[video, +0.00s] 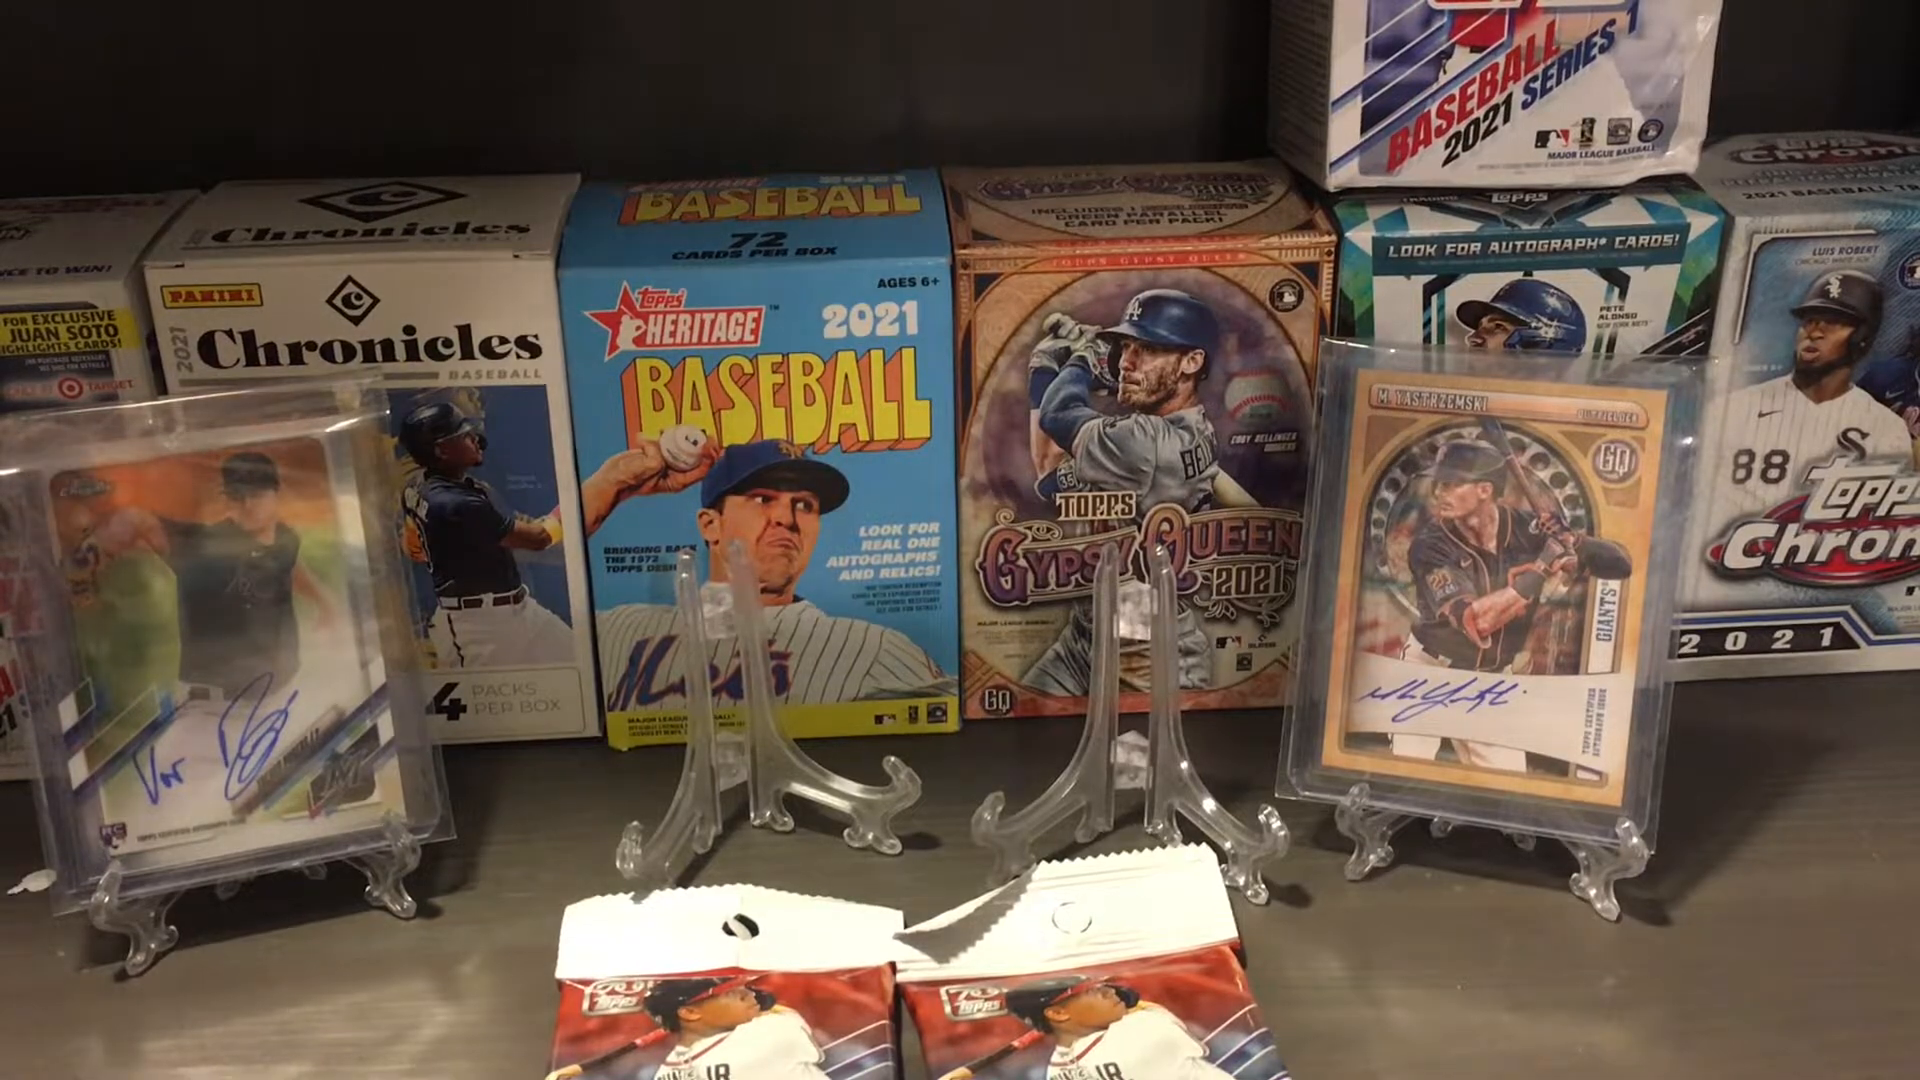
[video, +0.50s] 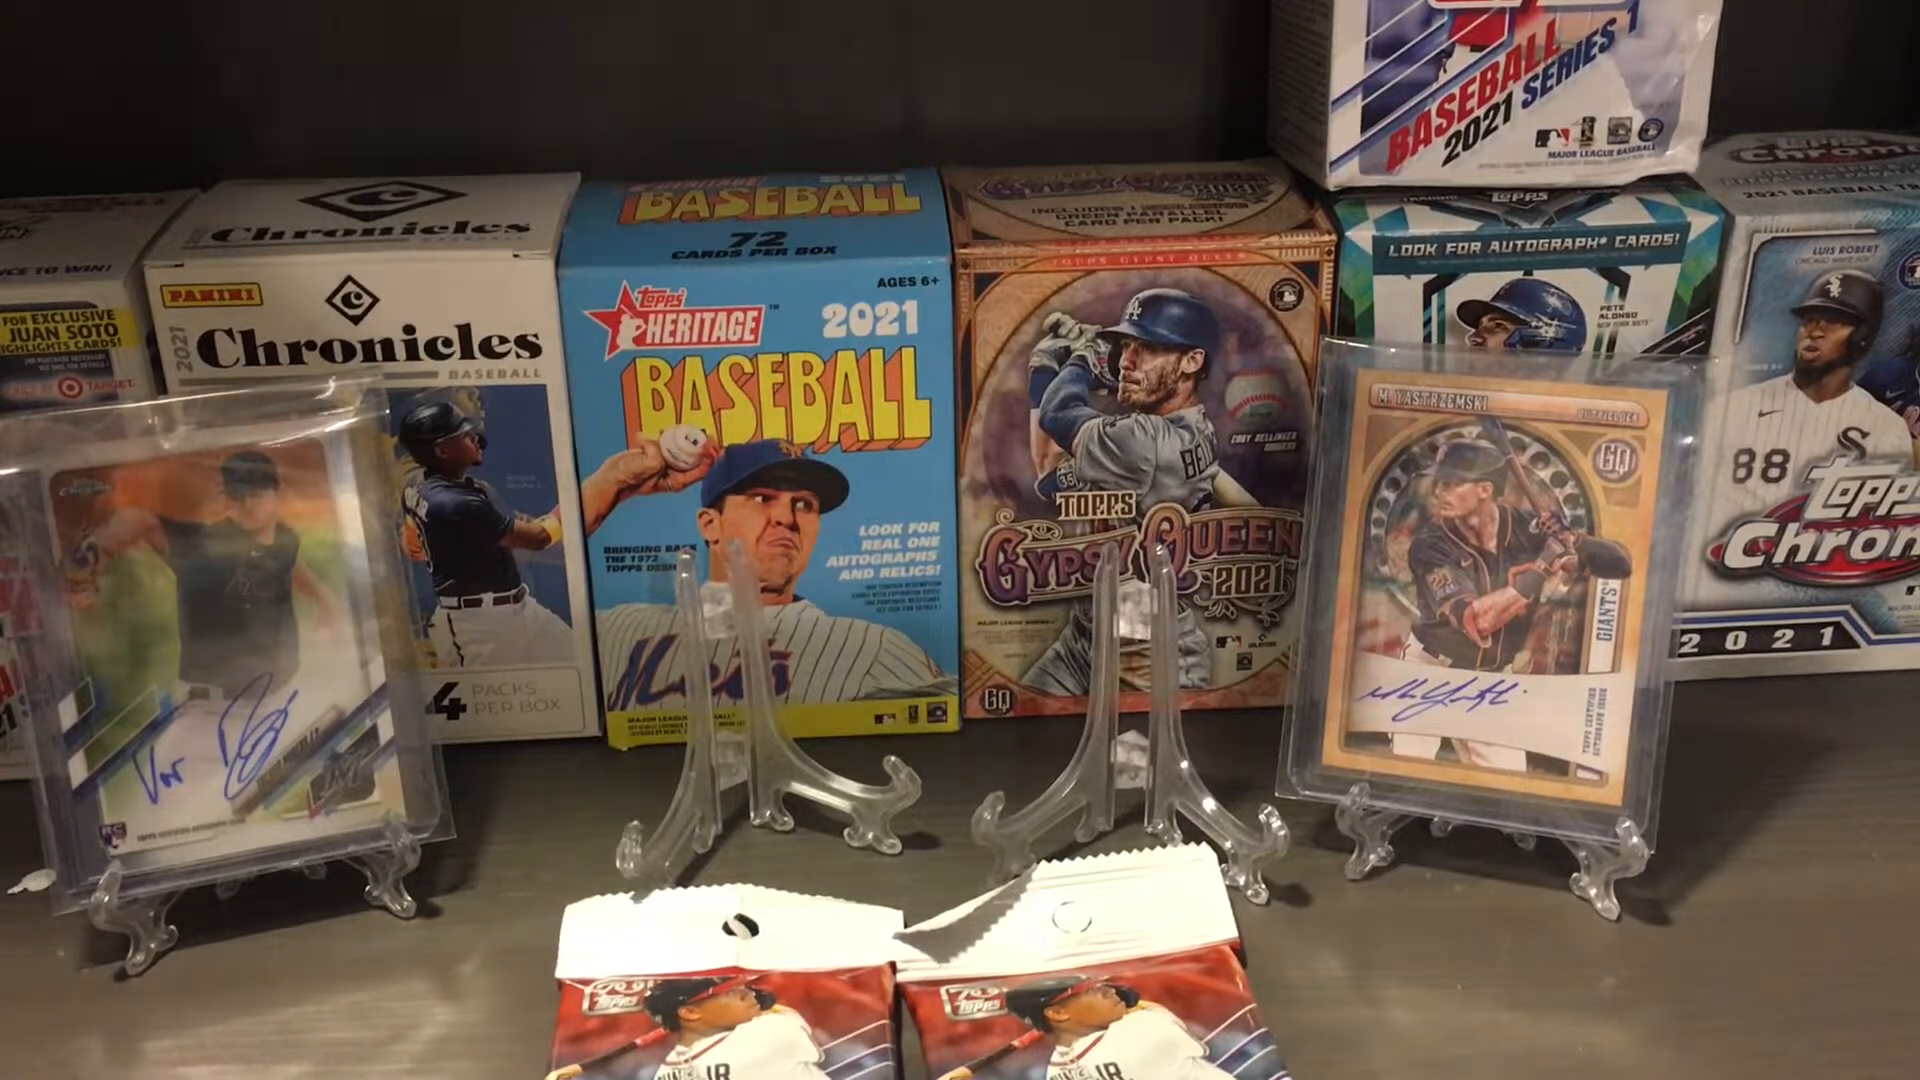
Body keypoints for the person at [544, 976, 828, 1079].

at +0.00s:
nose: (746, 993)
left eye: (737, 986)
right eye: (728, 993)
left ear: (690, 1015)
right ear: (692, 1015)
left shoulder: (666, 1071)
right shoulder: (779, 1033)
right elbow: (779, 1008)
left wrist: (579, 1071)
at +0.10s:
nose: (746, 993)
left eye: (738, 986)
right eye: (729, 993)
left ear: (690, 1015)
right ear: (692, 1014)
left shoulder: (666, 1071)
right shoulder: (779, 1033)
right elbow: (779, 1008)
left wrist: (579, 1071)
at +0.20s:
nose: (746, 993)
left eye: (737, 986)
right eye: (728, 993)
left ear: (690, 1015)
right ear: (692, 1014)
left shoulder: (666, 1071)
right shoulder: (778, 1033)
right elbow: (779, 1008)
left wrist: (580, 1071)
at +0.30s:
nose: (745, 992)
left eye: (735, 985)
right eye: (727, 992)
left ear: (690, 1014)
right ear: (692, 1014)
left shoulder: (666, 1071)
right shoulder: (779, 1032)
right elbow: (778, 1007)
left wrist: (580, 1070)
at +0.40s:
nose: (745, 992)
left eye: (736, 985)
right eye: (728, 993)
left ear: (690, 1014)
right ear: (692, 1014)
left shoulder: (666, 1071)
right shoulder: (778, 1033)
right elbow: (779, 1007)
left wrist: (579, 1071)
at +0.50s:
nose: (745, 993)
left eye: (737, 987)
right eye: (728, 993)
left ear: (690, 1015)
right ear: (692, 1014)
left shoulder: (666, 1071)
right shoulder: (779, 1033)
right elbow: (778, 1007)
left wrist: (579, 1071)